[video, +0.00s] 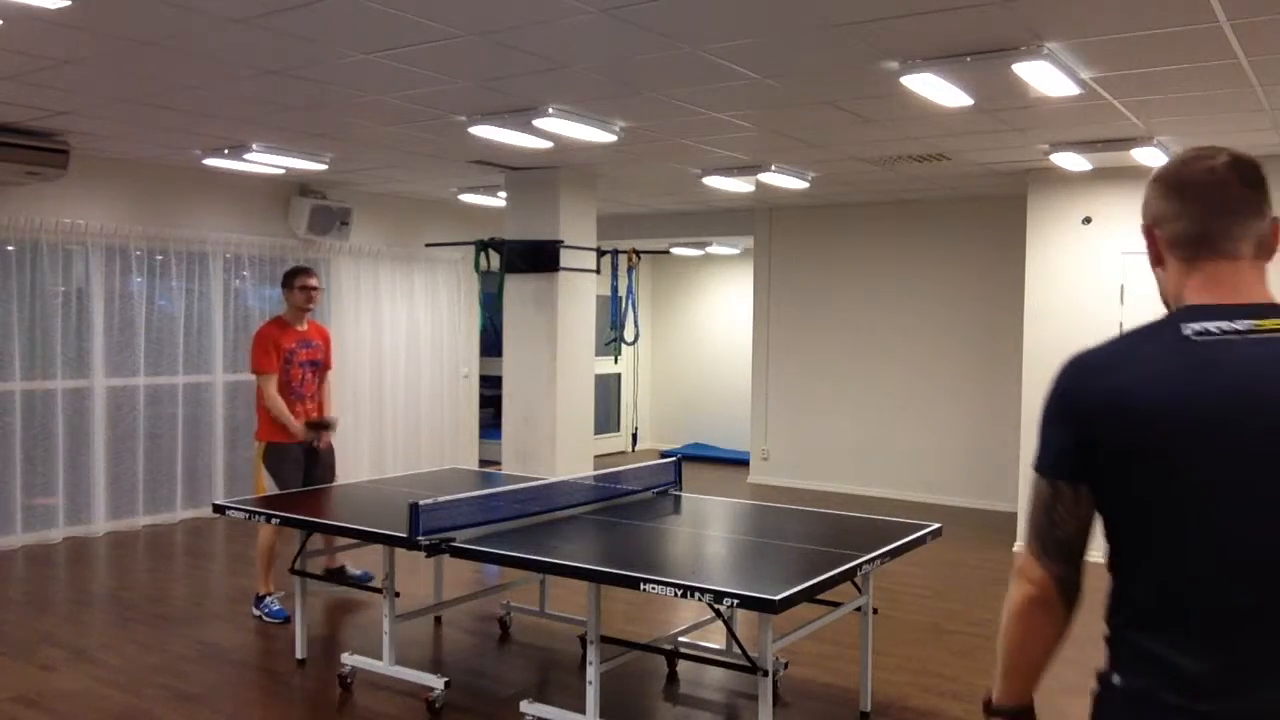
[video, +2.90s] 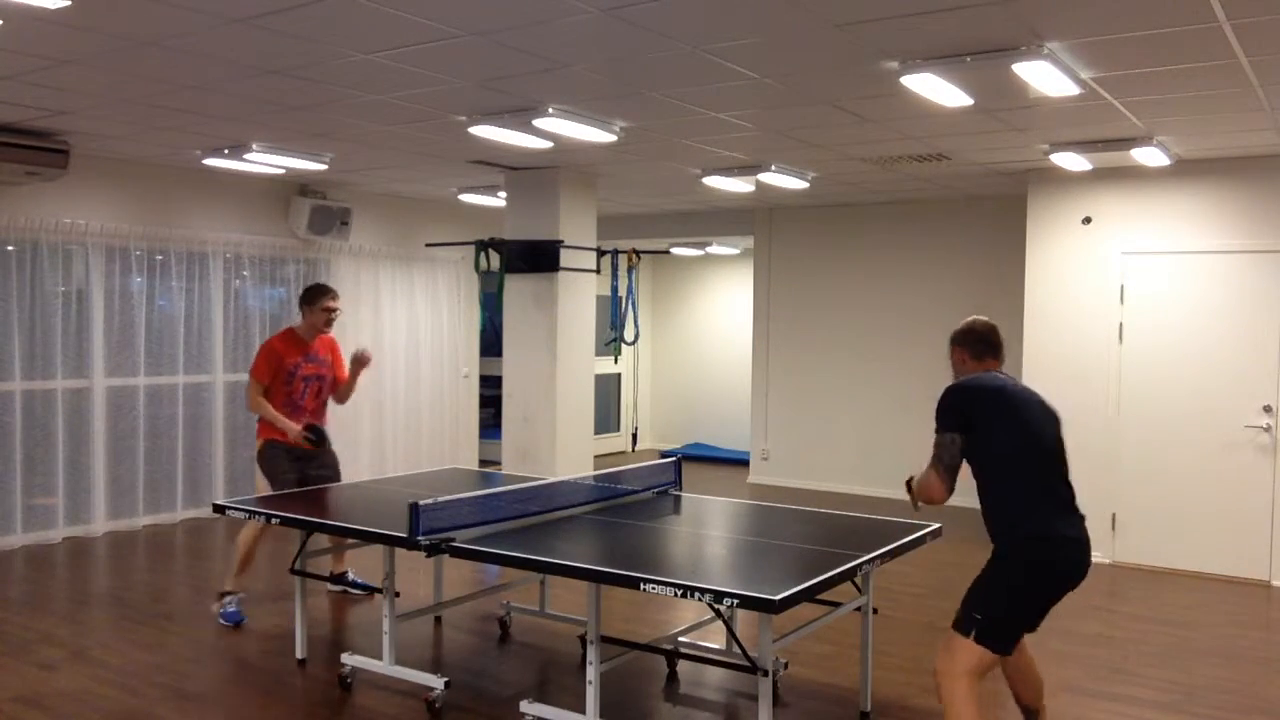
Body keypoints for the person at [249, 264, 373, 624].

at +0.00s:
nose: (311, 295)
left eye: (315, 290)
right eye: (304, 289)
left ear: (319, 294)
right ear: (286, 293)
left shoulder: (321, 334)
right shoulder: (269, 335)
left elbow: (325, 382)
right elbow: (267, 392)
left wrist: (326, 425)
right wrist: (299, 431)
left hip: (315, 436)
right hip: (280, 438)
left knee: (326, 503)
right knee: (277, 514)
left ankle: (333, 564)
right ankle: (264, 593)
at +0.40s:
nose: (342, 301)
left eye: (346, 296)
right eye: (335, 295)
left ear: (350, 300)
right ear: (320, 299)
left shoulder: (356, 340)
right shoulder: (302, 340)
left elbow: (368, 382)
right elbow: (272, 384)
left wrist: (375, 415)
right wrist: (264, 438)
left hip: (345, 437)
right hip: (311, 438)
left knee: (340, 509)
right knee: (304, 511)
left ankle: (347, 572)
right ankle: (275, 590)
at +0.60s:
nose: (349, 298)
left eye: (353, 293)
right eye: (342, 293)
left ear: (357, 296)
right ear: (326, 296)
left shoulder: (365, 325)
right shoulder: (310, 326)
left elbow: (397, 346)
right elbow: (268, 356)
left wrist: (406, 380)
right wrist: (281, 400)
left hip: (354, 428)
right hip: (320, 428)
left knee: (351, 502)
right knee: (322, 502)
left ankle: (348, 571)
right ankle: (302, 584)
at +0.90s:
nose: (356, 300)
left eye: (360, 295)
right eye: (349, 294)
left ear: (363, 298)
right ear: (332, 296)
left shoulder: (367, 337)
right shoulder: (311, 338)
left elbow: (366, 386)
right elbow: (300, 390)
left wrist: (388, 377)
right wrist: (325, 377)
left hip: (361, 429)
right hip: (326, 428)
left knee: (357, 501)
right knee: (330, 499)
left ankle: (348, 571)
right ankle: (302, 583)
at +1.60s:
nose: (334, 304)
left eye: (337, 299)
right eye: (328, 298)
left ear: (338, 304)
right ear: (307, 299)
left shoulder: (337, 342)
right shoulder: (286, 337)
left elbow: (339, 391)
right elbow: (273, 393)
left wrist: (362, 395)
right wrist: (321, 399)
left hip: (318, 435)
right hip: (283, 432)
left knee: (323, 508)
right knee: (282, 513)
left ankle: (342, 570)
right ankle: (264, 595)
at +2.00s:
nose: (334, 303)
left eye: (338, 298)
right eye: (328, 296)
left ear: (338, 302)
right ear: (308, 297)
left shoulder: (334, 337)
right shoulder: (285, 334)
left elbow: (358, 381)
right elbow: (251, 382)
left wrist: (365, 342)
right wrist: (292, 406)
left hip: (327, 437)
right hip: (291, 437)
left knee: (333, 509)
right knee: (277, 514)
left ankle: (334, 573)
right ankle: (264, 594)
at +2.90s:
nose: (333, 317)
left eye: (336, 312)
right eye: (327, 311)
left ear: (334, 313)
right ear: (306, 310)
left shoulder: (330, 347)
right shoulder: (276, 346)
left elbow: (340, 396)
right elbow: (253, 400)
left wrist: (355, 371)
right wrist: (289, 427)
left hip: (315, 440)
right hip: (277, 441)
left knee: (338, 506)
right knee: (270, 512)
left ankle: (339, 572)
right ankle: (229, 593)